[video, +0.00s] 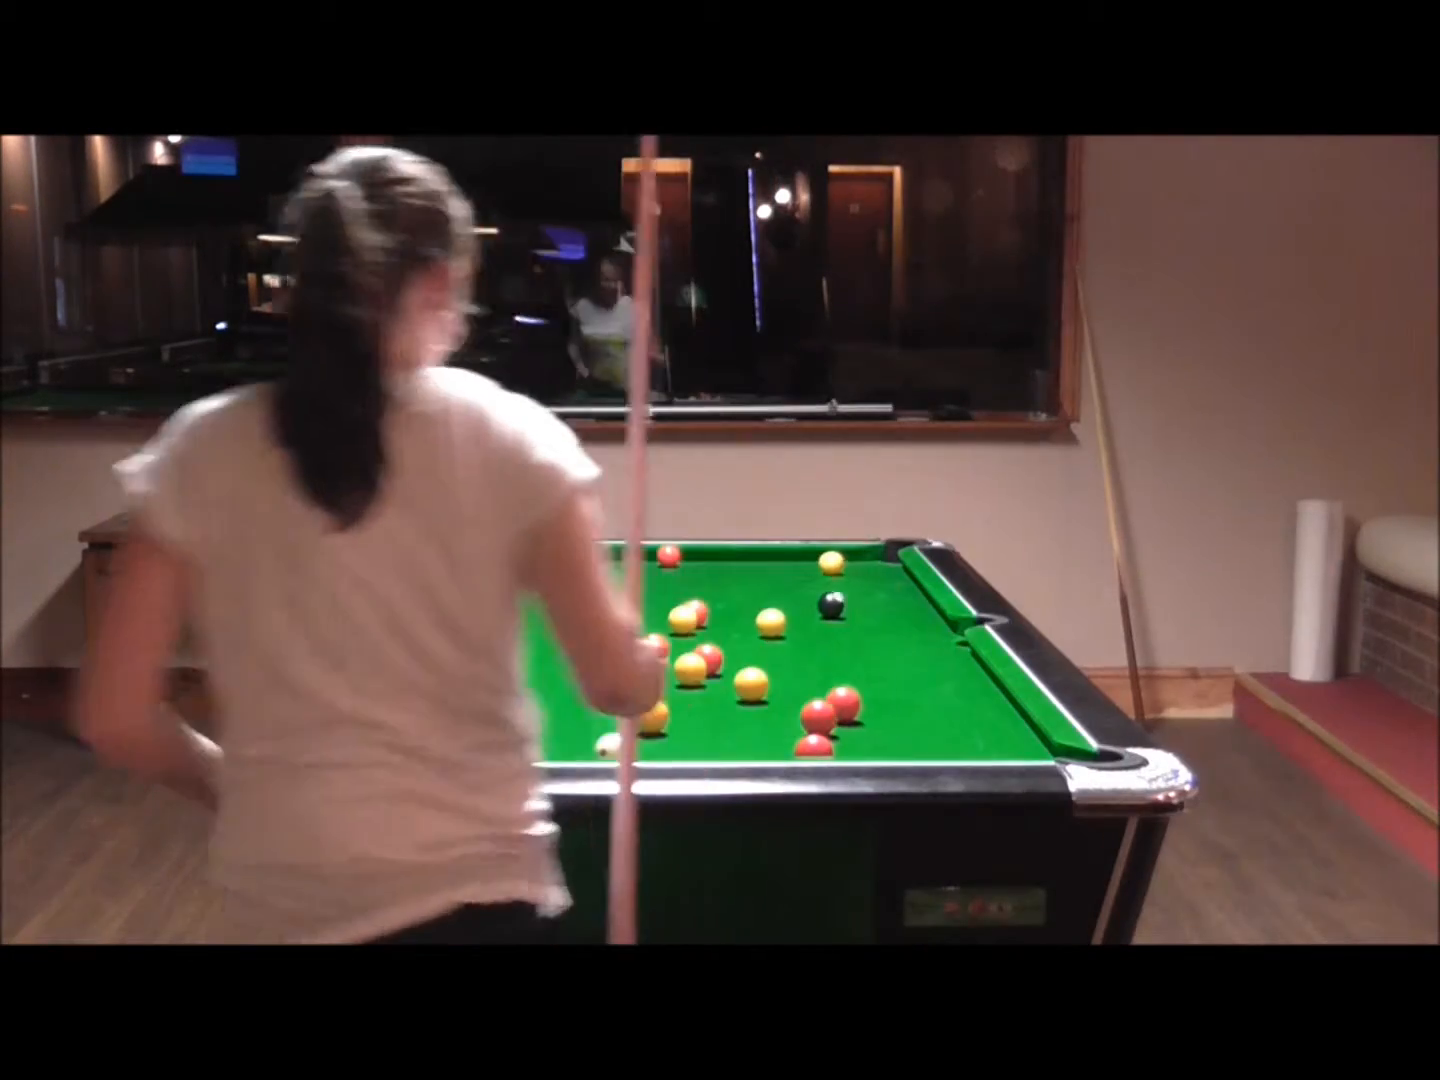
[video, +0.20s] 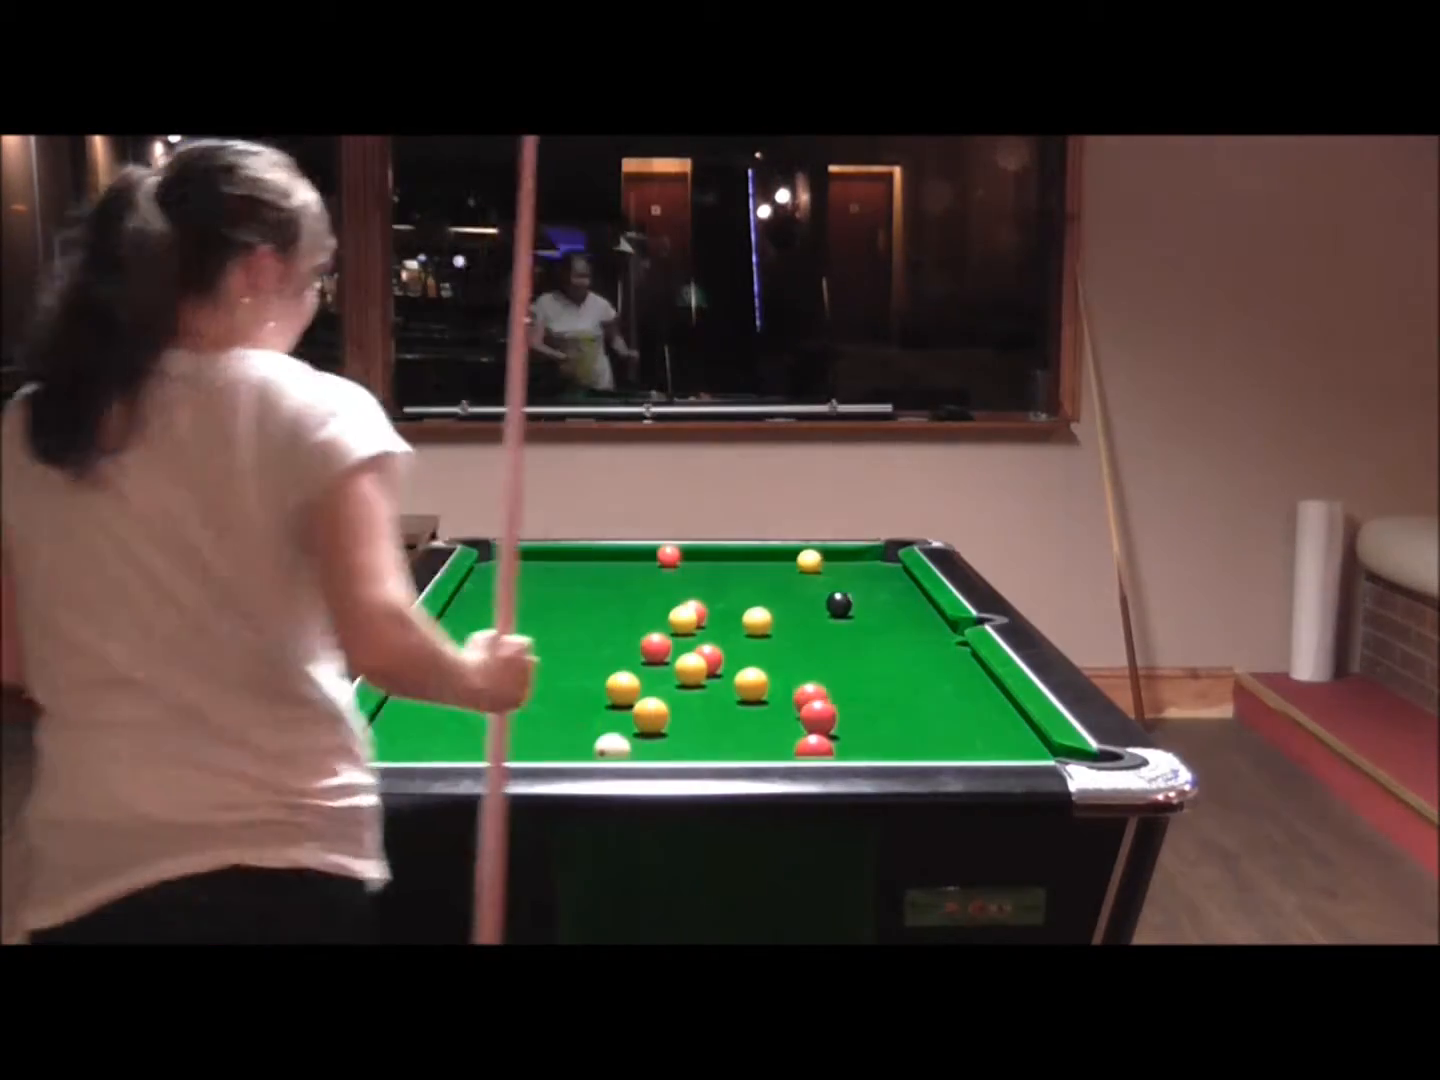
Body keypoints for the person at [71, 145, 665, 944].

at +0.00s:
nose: (464, 309)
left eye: (462, 286)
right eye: (460, 286)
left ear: (305, 283)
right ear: (430, 287)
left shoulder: (203, 448)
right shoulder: (505, 437)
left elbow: (115, 717)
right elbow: (615, 685)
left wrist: (233, 782)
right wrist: (646, 663)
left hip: (280, 900)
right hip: (475, 893)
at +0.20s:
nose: (312, 310)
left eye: (318, 285)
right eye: (310, 283)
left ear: (155, 265)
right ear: (256, 274)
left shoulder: (30, 429)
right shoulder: (313, 411)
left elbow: (18, 664)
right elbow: (376, 633)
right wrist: (475, 677)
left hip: (84, 891)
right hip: (291, 878)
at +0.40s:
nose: (227, 337)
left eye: (225, 312)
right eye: (215, 311)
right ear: (151, 314)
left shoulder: (19, 445)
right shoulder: (184, 443)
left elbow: (73, 645)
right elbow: (166, 653)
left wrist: (235, 616)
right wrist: (308, 723)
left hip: (12, 863)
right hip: (125, 880)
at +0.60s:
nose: (181, 306)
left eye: (175, 280)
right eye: (161, 281)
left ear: (89, 290)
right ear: (88, 288)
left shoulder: (45, 401)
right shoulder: (65, 422)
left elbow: (107, 589)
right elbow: (9, 630)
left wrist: (260, 578)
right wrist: (129, 717)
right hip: (50, 837)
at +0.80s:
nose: (154, 306)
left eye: (150, 280)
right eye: (129, 283)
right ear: (47, 295)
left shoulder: (112, 409)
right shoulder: (8, 415)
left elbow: (227, 545)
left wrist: (320, 521)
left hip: (31, 795)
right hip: (1, 799)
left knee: (45, 934)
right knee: (44, 932)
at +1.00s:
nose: (156, 330)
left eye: (155, 305)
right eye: (131, 308)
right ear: (45, 318)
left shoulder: (140, 424)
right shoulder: (4, 412)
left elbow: (242, 558)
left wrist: (332, 569)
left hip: (30, 746)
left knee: (54, 934)